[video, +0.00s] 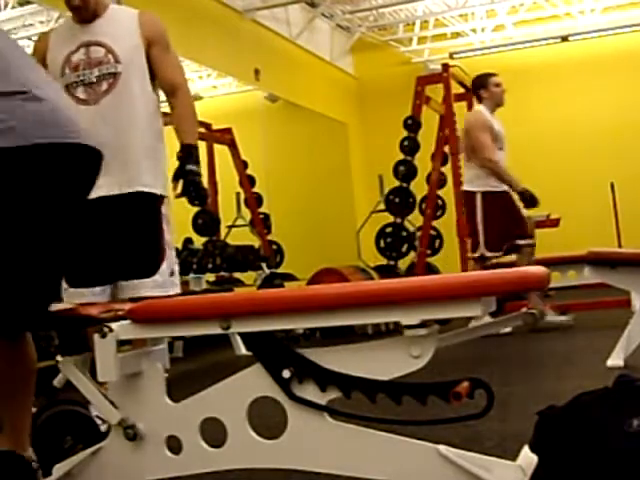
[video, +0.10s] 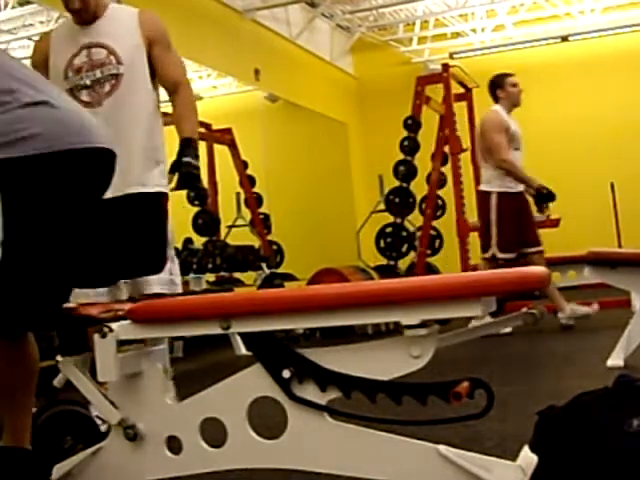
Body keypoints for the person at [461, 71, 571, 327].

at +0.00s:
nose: (503, 90)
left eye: (502, 85)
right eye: (497, 86)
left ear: (491, 93)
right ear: (483, 93)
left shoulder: (490, 120)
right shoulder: (477, 118)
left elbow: (492, 160)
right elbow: (487, 159)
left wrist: (517, 188)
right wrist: (518, 187)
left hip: (497, 191)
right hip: (481, 192)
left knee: (525, 242)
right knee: (486, 253)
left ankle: (534, 302)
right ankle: (484, 310)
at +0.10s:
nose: (520, 90)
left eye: (518, 85)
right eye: (514, 86)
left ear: (508, 92)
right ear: (499, 92)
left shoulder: (508, 120)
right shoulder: (493, 118)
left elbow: (510, 163)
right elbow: (502, 160)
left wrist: (533, 190)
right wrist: (535, 185)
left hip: (514, 194)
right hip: (496, 194)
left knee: (533, 255)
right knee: (493, 258)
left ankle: (563, 308)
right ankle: (484, 314)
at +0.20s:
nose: (531, 89)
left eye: (530, 85)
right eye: (525, 85)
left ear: (521, 92)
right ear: (511, 92)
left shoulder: (520, 120)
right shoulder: (505, 118)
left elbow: (521, 163)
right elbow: (510, 159)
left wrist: (543, 196)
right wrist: (542, 186)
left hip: (529, 194)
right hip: (511, 194)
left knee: (548, 255)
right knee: (508, 258)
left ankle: (570, 309)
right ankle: (484, 312)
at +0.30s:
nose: (548, 84)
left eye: (547, 80)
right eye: (542, 80)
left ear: (537, 86)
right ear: (528, 86)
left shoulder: (537, 114)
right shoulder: (521, 111)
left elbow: (542, 156)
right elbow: (525, 152)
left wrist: (557, 187)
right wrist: (549, 182)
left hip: (547, 189)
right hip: (530, 191)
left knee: (562, 250)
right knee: (535, 254)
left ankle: (571, 308)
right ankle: (503, 307)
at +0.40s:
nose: (558, 82)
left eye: (557, 77)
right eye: (552, 78)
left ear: (545, 84)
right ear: (538, 84)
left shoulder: (549, 112)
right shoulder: (531, 109)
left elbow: (559, 157)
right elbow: (533, 148)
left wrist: (573, 188)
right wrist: (555, 184)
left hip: (558, 186)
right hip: (541, 187)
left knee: (567, 249)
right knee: (557, 248)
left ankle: (571, 308)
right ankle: (515, 294)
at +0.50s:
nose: (573, 79)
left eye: (571, 74)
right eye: (567, 75)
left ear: (561, 80)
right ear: (552, 81)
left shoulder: (564, 112)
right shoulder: (545, 107)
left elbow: (576, 155)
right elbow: (546, 146)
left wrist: (597, 184)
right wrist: (565, 178)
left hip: (569, 182)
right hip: (555, 182)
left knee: (569, 245)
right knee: (585, 238)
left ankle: (570, 307)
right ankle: (554, 295)